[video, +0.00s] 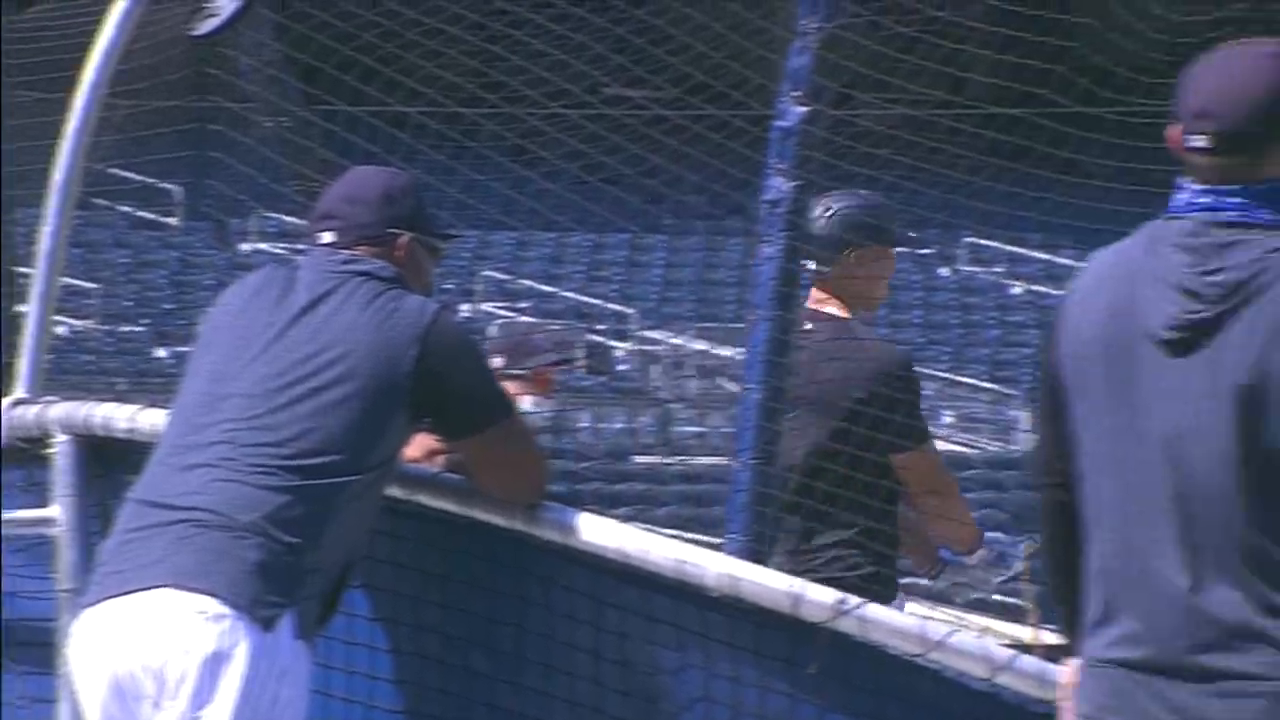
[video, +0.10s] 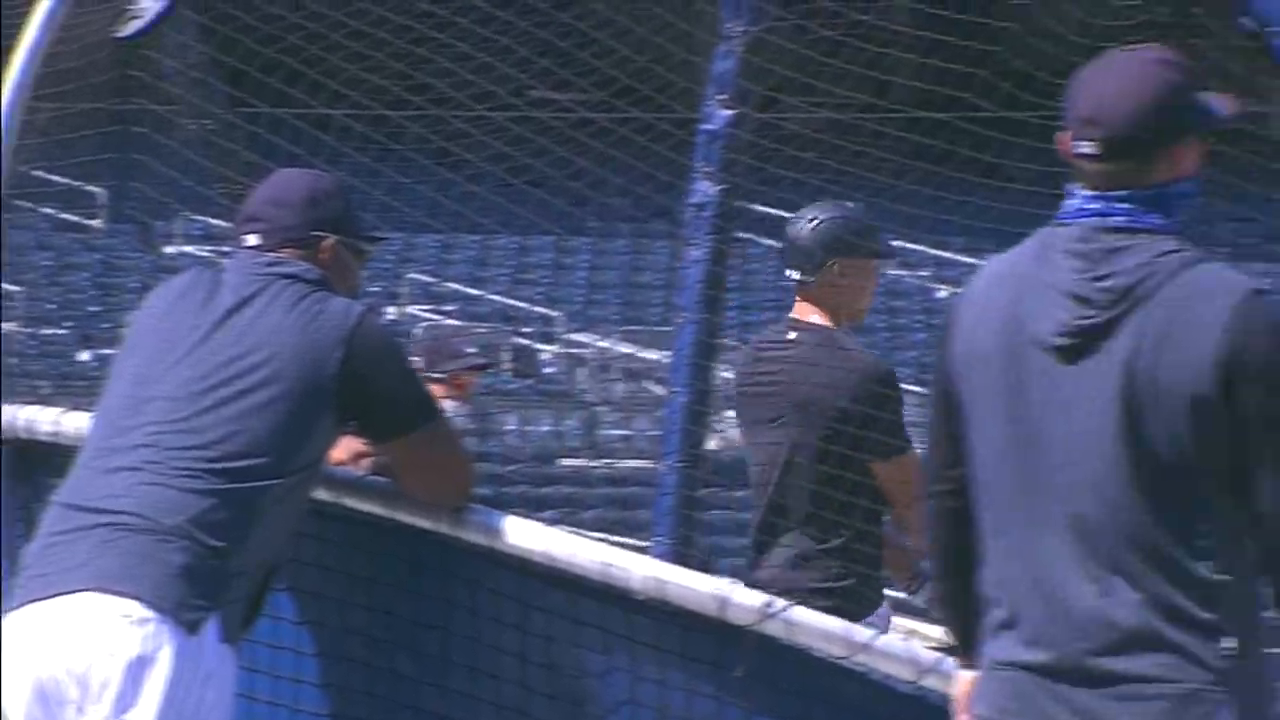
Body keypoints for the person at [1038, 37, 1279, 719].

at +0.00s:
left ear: (1175, 140)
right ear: (1279, 147)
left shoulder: (1097, 284)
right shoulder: (1271, 284)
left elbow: (1057, 479)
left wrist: (1078, 635)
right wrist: (1079, 638)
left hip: (1123, 683)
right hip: (1258, 687)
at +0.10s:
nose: (1206, 156)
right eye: (1204, 142)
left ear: (1067, 149)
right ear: (1187, 161)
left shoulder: (983, 296)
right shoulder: (1234, 313)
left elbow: (950, 493)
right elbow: (1263, 520)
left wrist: (973, 652)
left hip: (1015, 685)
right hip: (1178, 691)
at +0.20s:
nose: (1087, 157)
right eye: (1084, 144)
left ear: (952, 157)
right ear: (1070, 162)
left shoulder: (877, 304)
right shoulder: (1126, 311)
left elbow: (847, 507)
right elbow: (1195, 510)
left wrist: (878, 657)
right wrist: (1251, 672)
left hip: (917, 685)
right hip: (1082, 688)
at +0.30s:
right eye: (967, 148)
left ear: (842, 168)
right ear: (958, 164)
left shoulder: (771, 319)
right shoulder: (1028, 310)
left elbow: (743, 520)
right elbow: (1107, 504)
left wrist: (785, 642)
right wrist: (1163, 667)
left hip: (818, 683)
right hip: (987, 688)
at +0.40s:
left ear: (737, 175)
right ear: (855, 167)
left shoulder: (678, 321)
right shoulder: (939, 310)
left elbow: (653, 522)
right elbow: (1014, 500)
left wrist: (700, 646)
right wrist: (1058, 668)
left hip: (729, 683)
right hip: (894, 685)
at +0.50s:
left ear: (655, 178)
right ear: (777, 166)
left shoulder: (599, 324)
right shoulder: (864, 311)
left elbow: (568, 532)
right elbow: (926, 506)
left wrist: (620, 664)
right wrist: (944, 672)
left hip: (654, 689)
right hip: (824, 685)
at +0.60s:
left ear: (584, 179)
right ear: (710, 169)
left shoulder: (530, 324)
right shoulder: (799, 314)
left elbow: (489, 528)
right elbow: (850, 514)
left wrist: (522, 681)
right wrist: (847, 669)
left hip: (588, 693)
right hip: (759, 691)